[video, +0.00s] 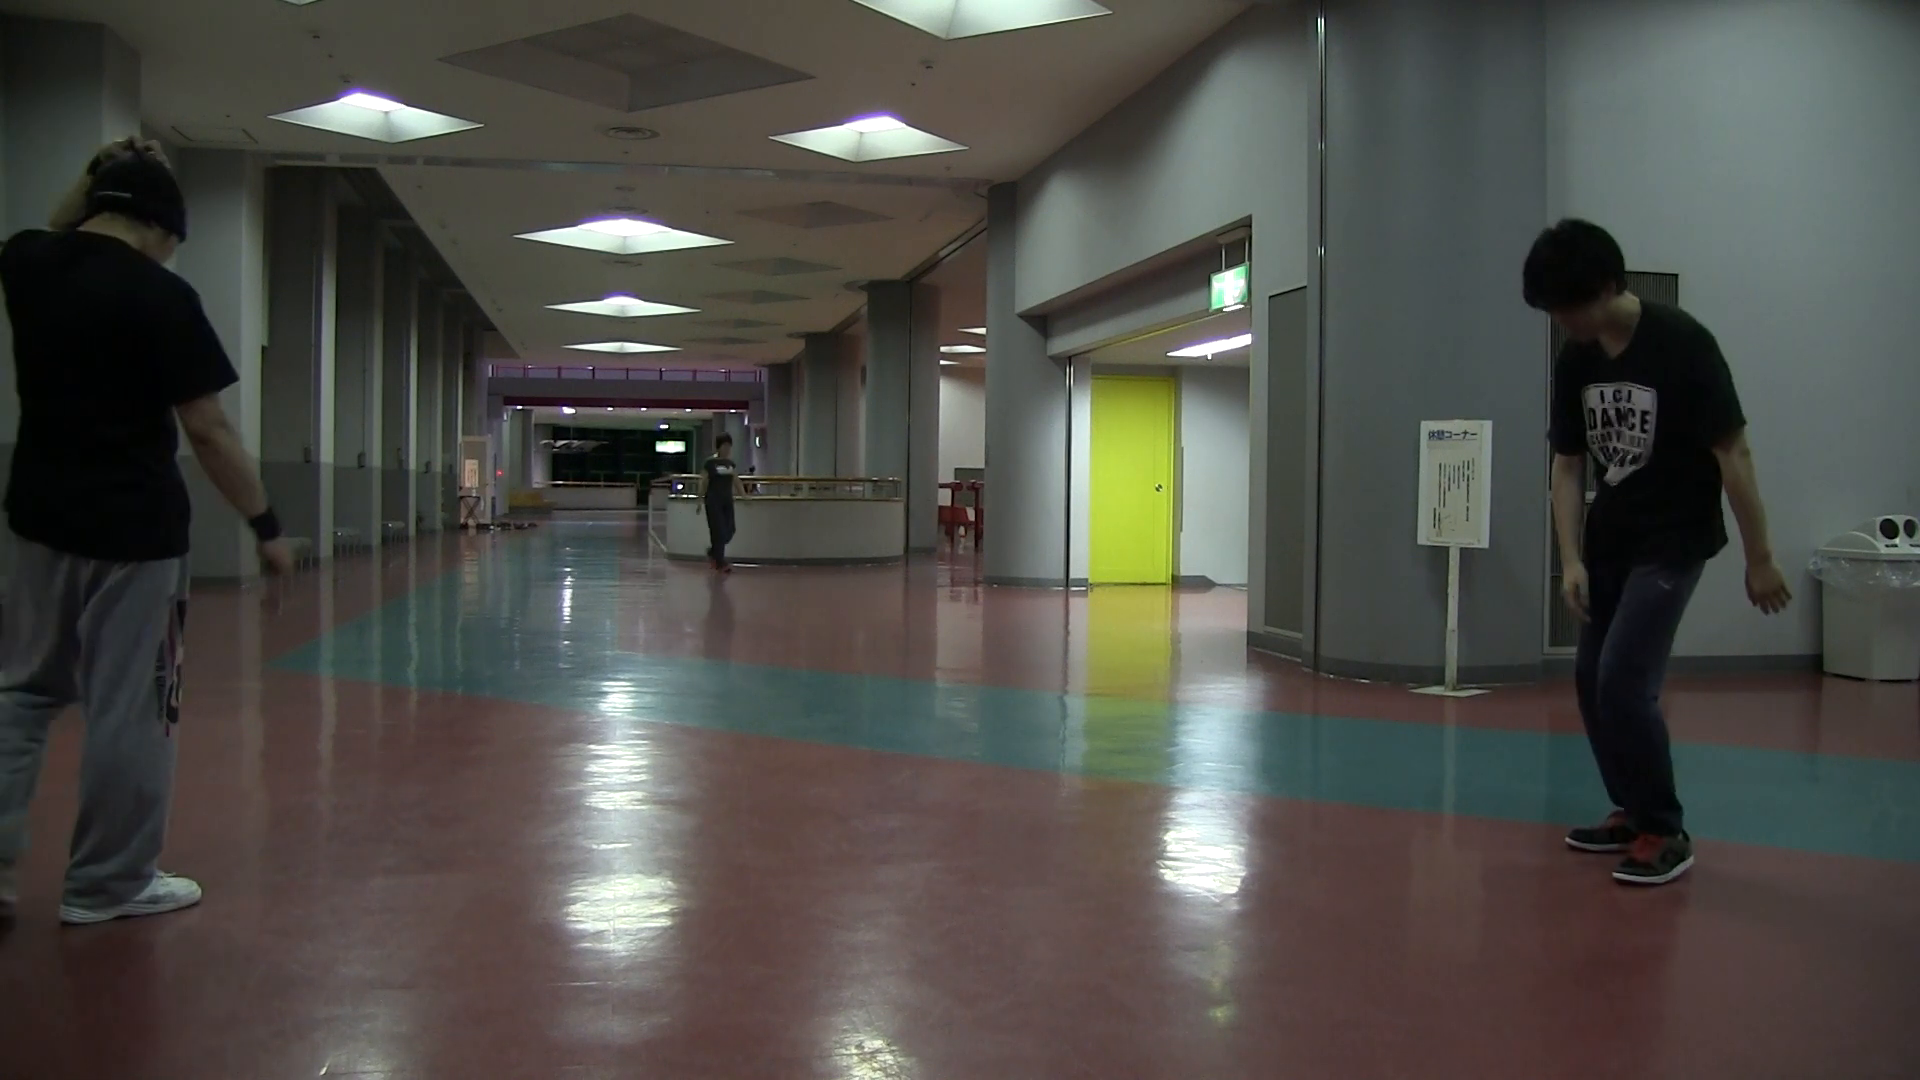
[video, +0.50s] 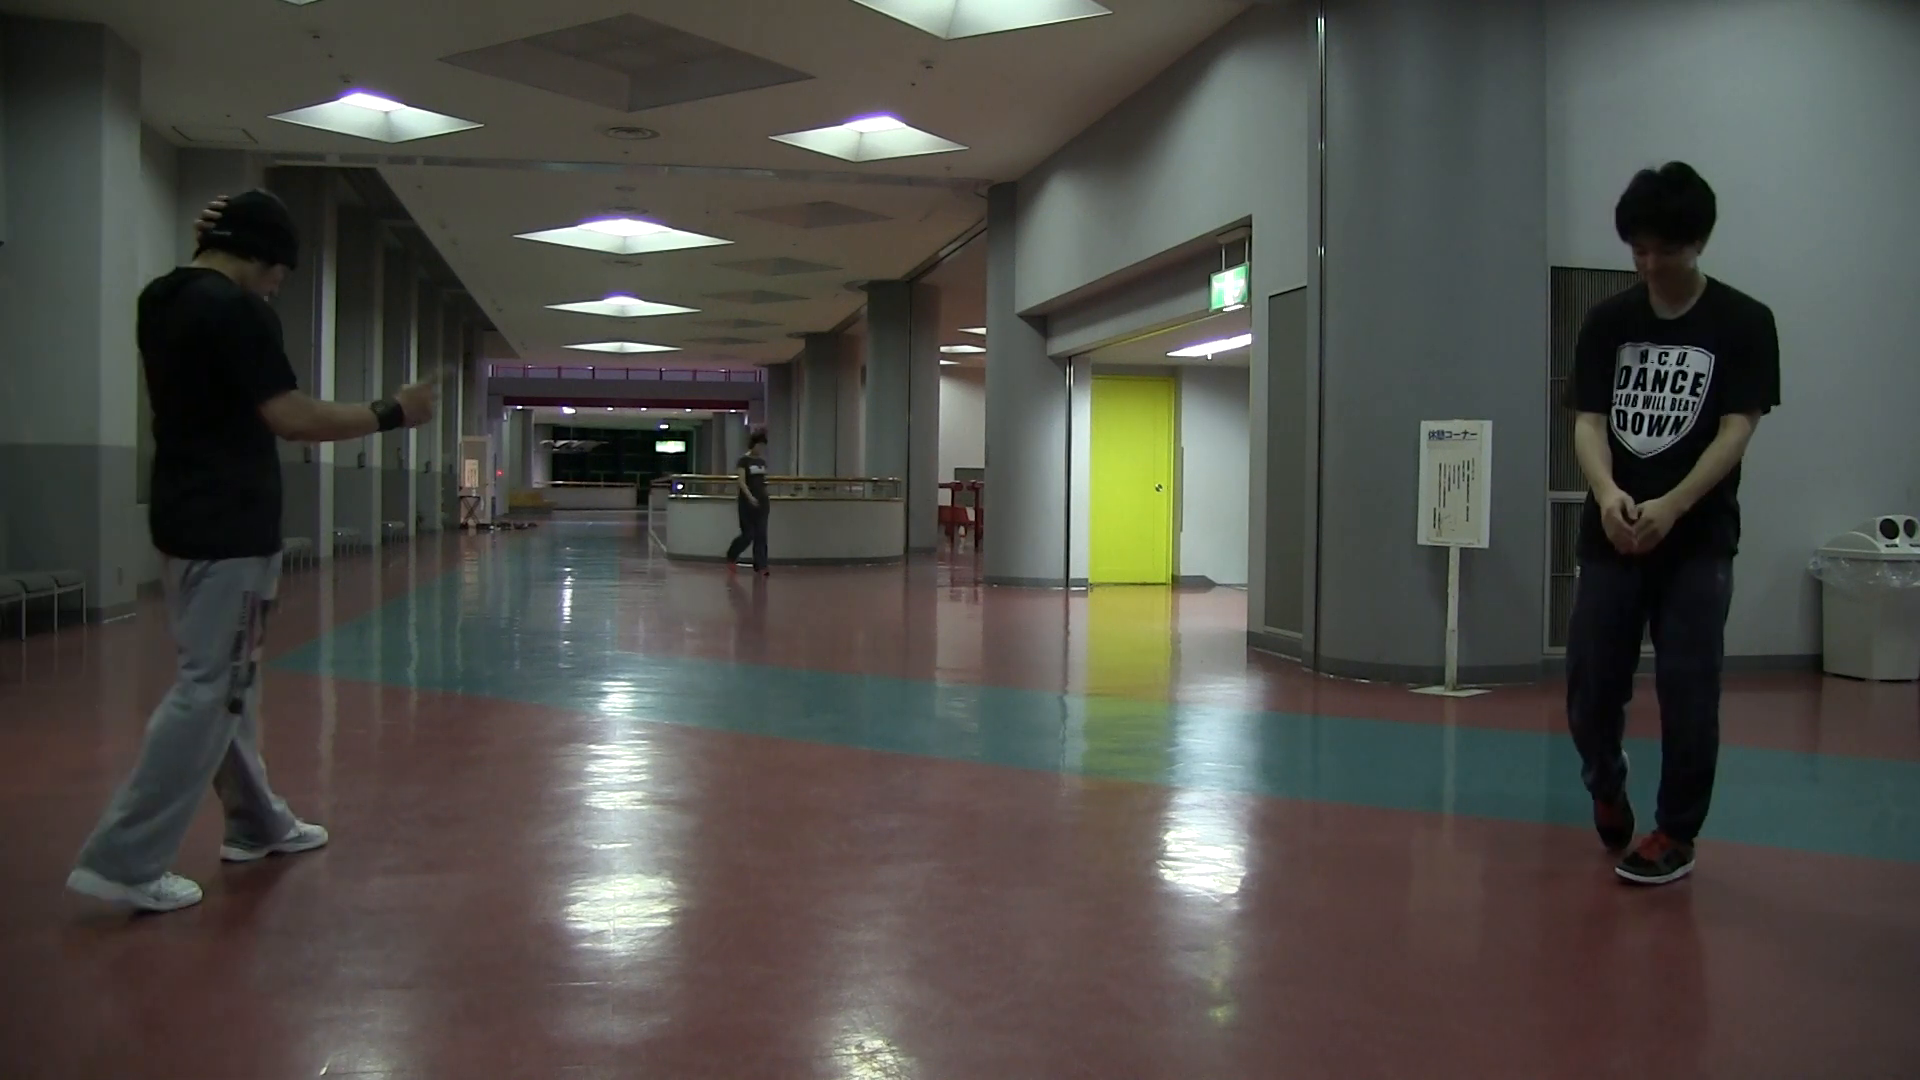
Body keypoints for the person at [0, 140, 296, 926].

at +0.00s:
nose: (170, 254)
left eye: (171, 241)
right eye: (171, 240)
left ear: (89, 211)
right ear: (157, 228)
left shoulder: (31, 264)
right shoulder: (165, 298)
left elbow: (43, 236)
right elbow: (209, 431)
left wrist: (94, 179)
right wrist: (266, 524)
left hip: (37, 514)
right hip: (136, 527)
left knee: (22, 691)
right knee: (131, 702)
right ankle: (109, 879)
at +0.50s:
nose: (276, 288)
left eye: (280, 274)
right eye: (278, 272)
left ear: (212, 244)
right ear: (257, 258)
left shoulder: (160, 300)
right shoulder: (240, 313)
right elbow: (290, 416)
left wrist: (212, 242)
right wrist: (390, 413)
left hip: (184, 522)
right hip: (236, 528)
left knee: (223, 682)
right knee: (207, 691)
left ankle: (257, 824)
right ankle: (119, 862)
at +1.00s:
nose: (398, 287)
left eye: (401, 277)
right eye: (395, 274)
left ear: (349, 263)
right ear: (363, 265)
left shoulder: (339, 315)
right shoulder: (320, 314)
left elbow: (416, 336)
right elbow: (292, 417)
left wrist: (387, 280)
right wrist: (271, 513)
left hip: (309, 535)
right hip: (340, 535)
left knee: (283, 684)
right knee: (388, 674)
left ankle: (255, 824)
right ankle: (435, 807)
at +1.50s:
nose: (501, 275)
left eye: (503, 263)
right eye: (494, 263)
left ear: (462, 261)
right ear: (458, 262)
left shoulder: (464, 329)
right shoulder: (427, 333)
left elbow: (496, 413)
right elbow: (468, 433)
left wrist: (547, 480)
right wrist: (551, 494)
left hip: (481, 534)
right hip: (440, 541)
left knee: (507, 656)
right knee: (447, 674)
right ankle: (437, 812)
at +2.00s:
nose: (619, 266)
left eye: (624, 254)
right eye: (607, 253)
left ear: (623, 257)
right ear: (569, 254)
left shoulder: (630, 334)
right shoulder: (519, 325)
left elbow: (649, 434)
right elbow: (499, 428)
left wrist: (687, 499)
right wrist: (494, 517)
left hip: (611, 534)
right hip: (542, 532)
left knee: (612, 678)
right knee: (546, 673)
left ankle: (605, 813)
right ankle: (501, 802)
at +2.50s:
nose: (590, 247)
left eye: (597, 232)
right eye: (575, 234)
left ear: (604, 230)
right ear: (537, 230)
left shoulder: (626, 307)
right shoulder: (478, 312)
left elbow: (732, 338)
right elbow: (435, 420)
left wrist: (831, 323)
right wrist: (415, 519)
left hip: (609, 535)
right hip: (510, 539)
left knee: (639, 679)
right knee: (512, 707)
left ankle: (619, 792)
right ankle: (533, 871)